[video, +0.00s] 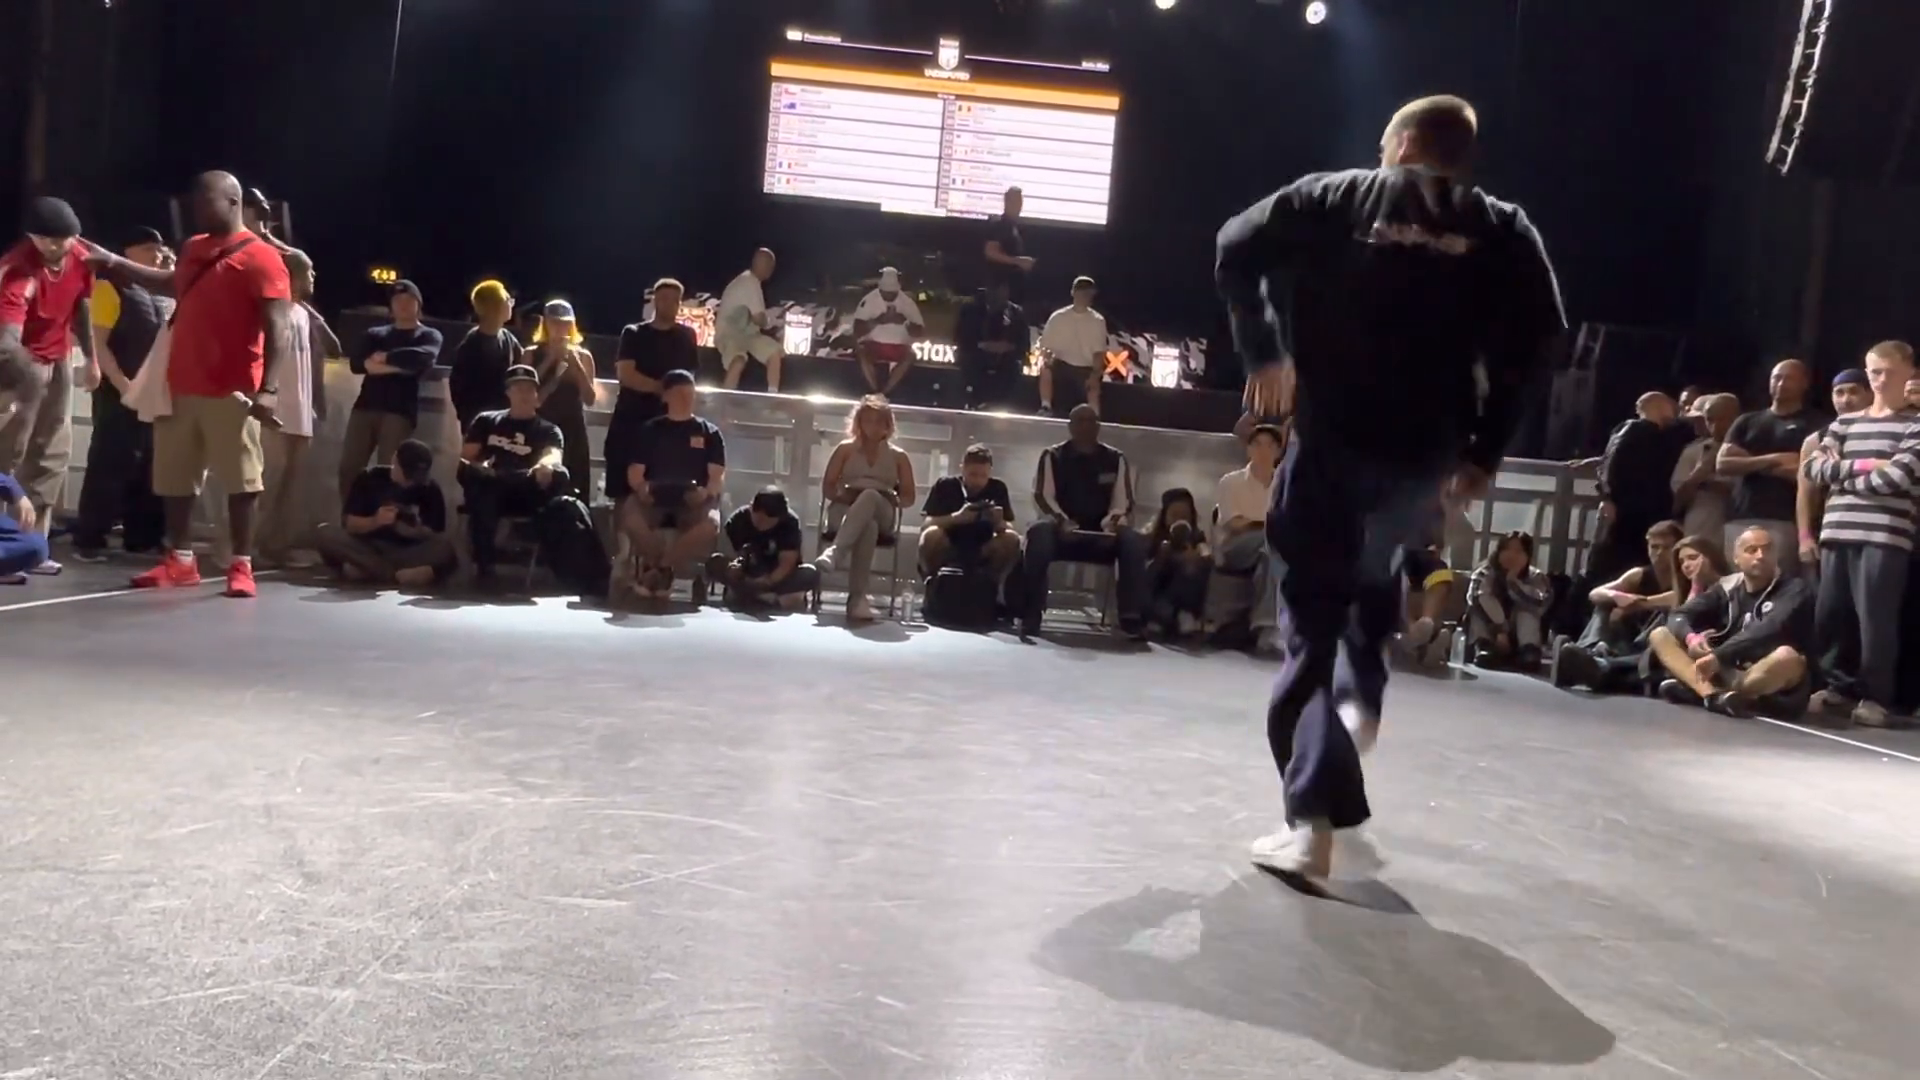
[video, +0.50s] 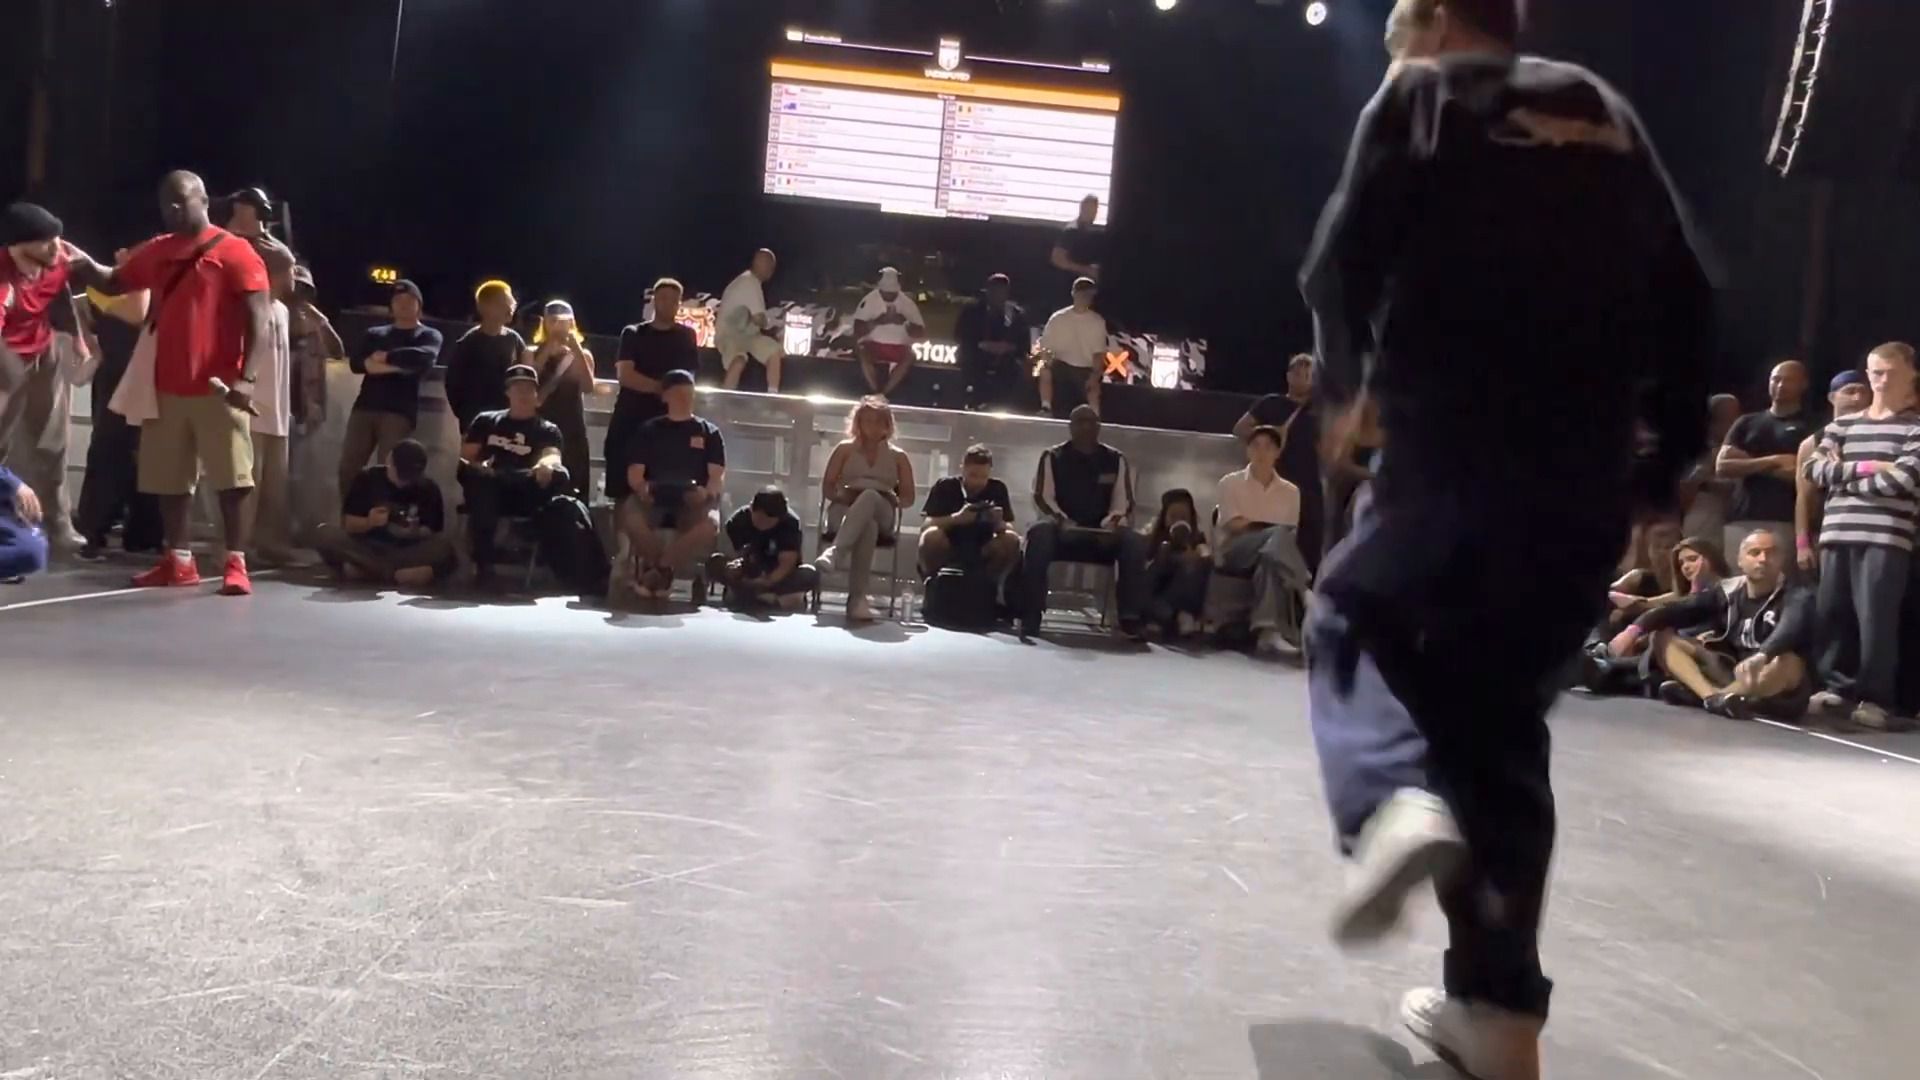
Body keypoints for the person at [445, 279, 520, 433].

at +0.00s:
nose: (512, 302)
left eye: (509, 298)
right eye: (507, 299)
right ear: (493, 307)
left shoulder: (509, 340)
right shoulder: (469, 347)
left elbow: (518, 377)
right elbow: (457, 385)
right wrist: (467, 419)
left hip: (505, 417)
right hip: (475, 421)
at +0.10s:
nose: (511, 302)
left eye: (509, 298)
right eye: (506, 299)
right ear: (494, 307)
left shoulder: (510, 341)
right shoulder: (468, 347)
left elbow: (518, 378)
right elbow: (456, 384)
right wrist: (466, 418)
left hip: (505, 417)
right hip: (474, 420)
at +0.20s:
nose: (512, 302)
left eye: (509, 298)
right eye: (507, 298)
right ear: (495, 306)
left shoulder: (511, 342)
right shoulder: (468, 347)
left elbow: (518, 378)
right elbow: (455, 383)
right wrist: (465, 417)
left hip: (505, 416)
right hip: (473, 419)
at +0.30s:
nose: (513, 304)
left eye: (511, 299)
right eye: (508, 299)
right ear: (492, 307)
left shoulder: (512, 343)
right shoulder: (467, 345)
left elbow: (518, 378)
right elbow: (454, 382)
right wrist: (464, 416)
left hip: (504, 415)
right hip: (472, 417)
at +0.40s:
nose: (514, 305)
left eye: (512, 300)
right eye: (509, 301)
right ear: (489, 308)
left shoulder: (512, 342)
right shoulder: (467, 345)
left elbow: (519, 377)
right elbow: (453, 382)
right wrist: (465, 417)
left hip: (505, 415)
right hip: (472, 417)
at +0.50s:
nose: (511, 308)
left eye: (511, 302)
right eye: (505, 303)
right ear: (486, 308)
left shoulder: (514, 341)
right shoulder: (466, 344)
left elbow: (523, 378)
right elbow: (452, 382)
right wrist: (465, 416)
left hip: (507, 417)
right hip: (473, 418)